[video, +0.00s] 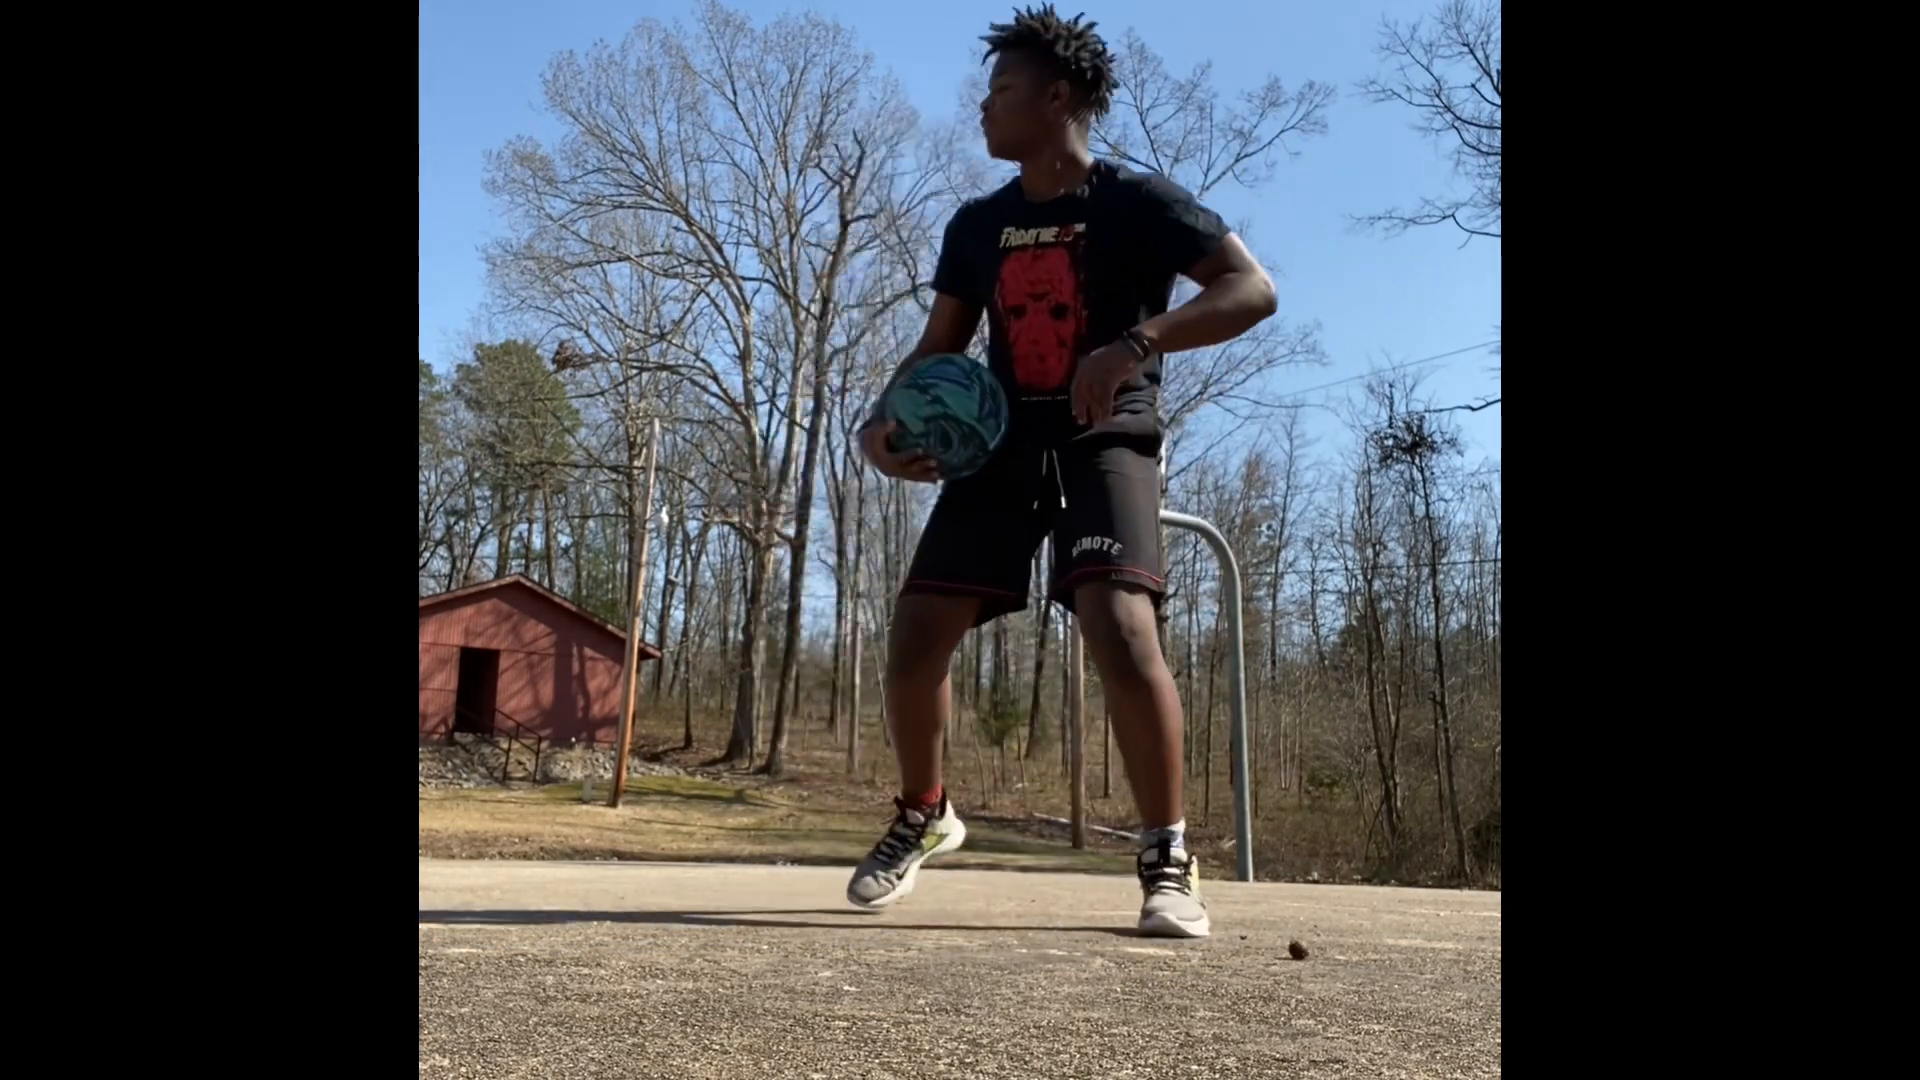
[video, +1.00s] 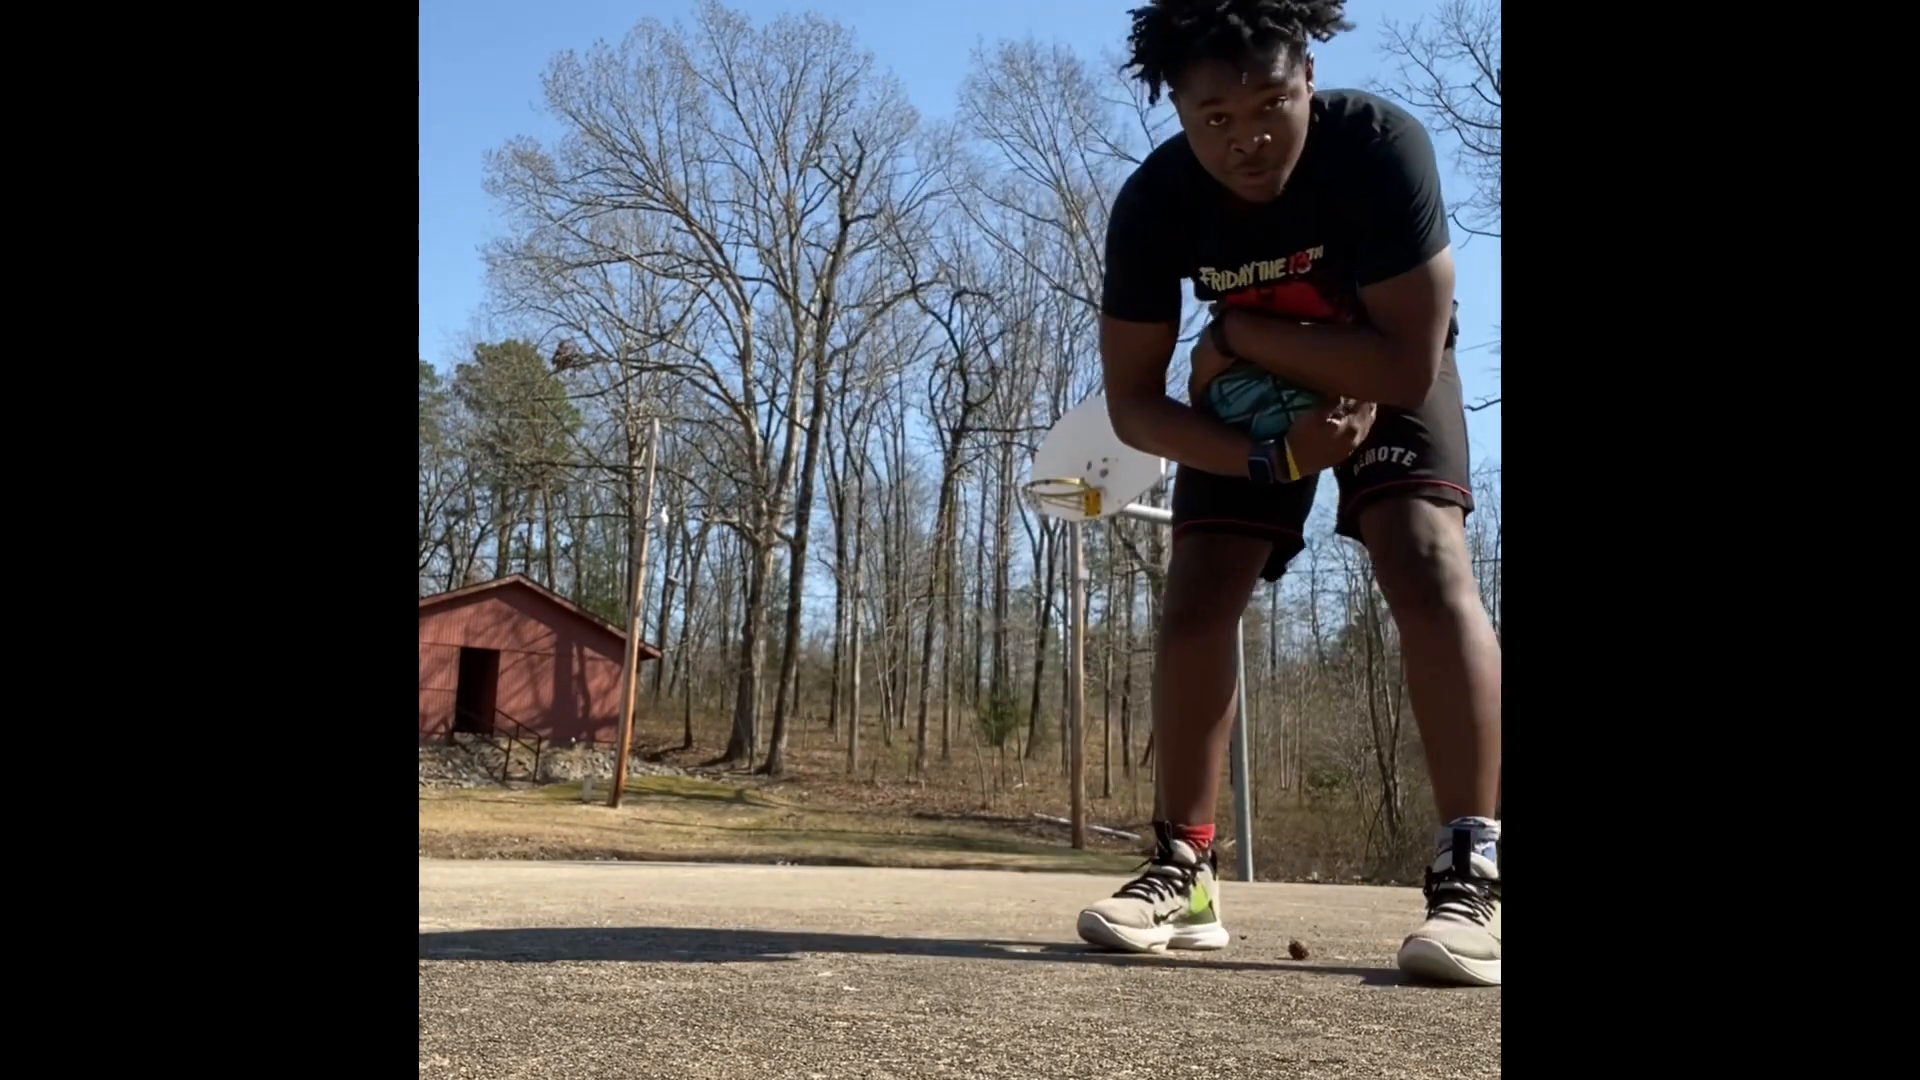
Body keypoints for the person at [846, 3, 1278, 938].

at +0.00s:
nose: (985, 103)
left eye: (1002, 87)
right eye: (988, 87)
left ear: (1061, 99)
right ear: (1032, 102)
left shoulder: (1139, 201)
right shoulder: (979, 224)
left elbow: (1251, 289)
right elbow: (938, 346)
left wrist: (1138, 343)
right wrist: (884, 423)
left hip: (1107, 440)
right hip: (999, 445)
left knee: (1118, 622)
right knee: (918, 630)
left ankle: (1167, 862)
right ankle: (924, 819)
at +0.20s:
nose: (1096, 63)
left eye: (1116, 48)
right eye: (1078, 45)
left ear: (1145, 65)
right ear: (1049, 56)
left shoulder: (1185, 161)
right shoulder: (1001, 181)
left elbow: (1310, 247)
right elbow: (955, 317)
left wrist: (1178, 252)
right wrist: (997, 392)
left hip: (1162, 402)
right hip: (1048, 405)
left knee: (1178, 614)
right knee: (1023, 578)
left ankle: (1170, 866)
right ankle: (1069, 844)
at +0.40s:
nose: (1127, 80)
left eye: (1142, 58)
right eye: (1101, 63)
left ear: (1168, 63)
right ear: (1062, 75)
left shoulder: (1220, 166)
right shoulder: (1025, 202)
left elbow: (1286, 317)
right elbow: (1017, 376)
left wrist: (1137, 295)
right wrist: (1150, 432)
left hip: (1213, 412)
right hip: (1086, 420)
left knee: (1233, 625)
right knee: (1107, 582)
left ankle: (1172, 855)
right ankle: (1165, 859)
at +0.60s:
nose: (1149, 94)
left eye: (1163, 65)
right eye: (1118, 80)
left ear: (1193, 54)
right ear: (1084, 88)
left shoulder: (1269, 152)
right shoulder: (1057, 194)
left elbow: (1347, 322)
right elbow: (1029, 374)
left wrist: (1174, 302)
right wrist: (1149, 458)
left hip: (1256, 380)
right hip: (1119, 397)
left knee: (1317, 563)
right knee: (1117, 593)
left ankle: (1284, 812)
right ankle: (1169, 867)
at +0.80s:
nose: (1205, 116)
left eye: (1226, 87)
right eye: (1174, 96)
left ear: (1262, 67)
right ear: (1137, 93)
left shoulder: (1330, 157)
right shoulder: (1107, 197)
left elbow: (1358, 366)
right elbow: (1070, 385)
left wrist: (1189, 322)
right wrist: (1187, 471)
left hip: (1322, 386)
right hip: (1182, 396)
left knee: (1378, 586)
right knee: (1146, 609)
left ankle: (1459, 879)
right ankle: (1177, 874)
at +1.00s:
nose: (1247, 141)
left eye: (1268, 108)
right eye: (1214, 118)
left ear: (1307, 75)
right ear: (1175, 105)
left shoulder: (1379, 148)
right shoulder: (1152, 202)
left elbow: (1406, 373)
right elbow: (1131, 406)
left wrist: (1233, 336)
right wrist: (1274, 456)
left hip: (1387, 366)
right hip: (1248, 379)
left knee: (1426, 563)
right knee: (1195, 600)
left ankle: (1470, 881)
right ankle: (1182, 876)